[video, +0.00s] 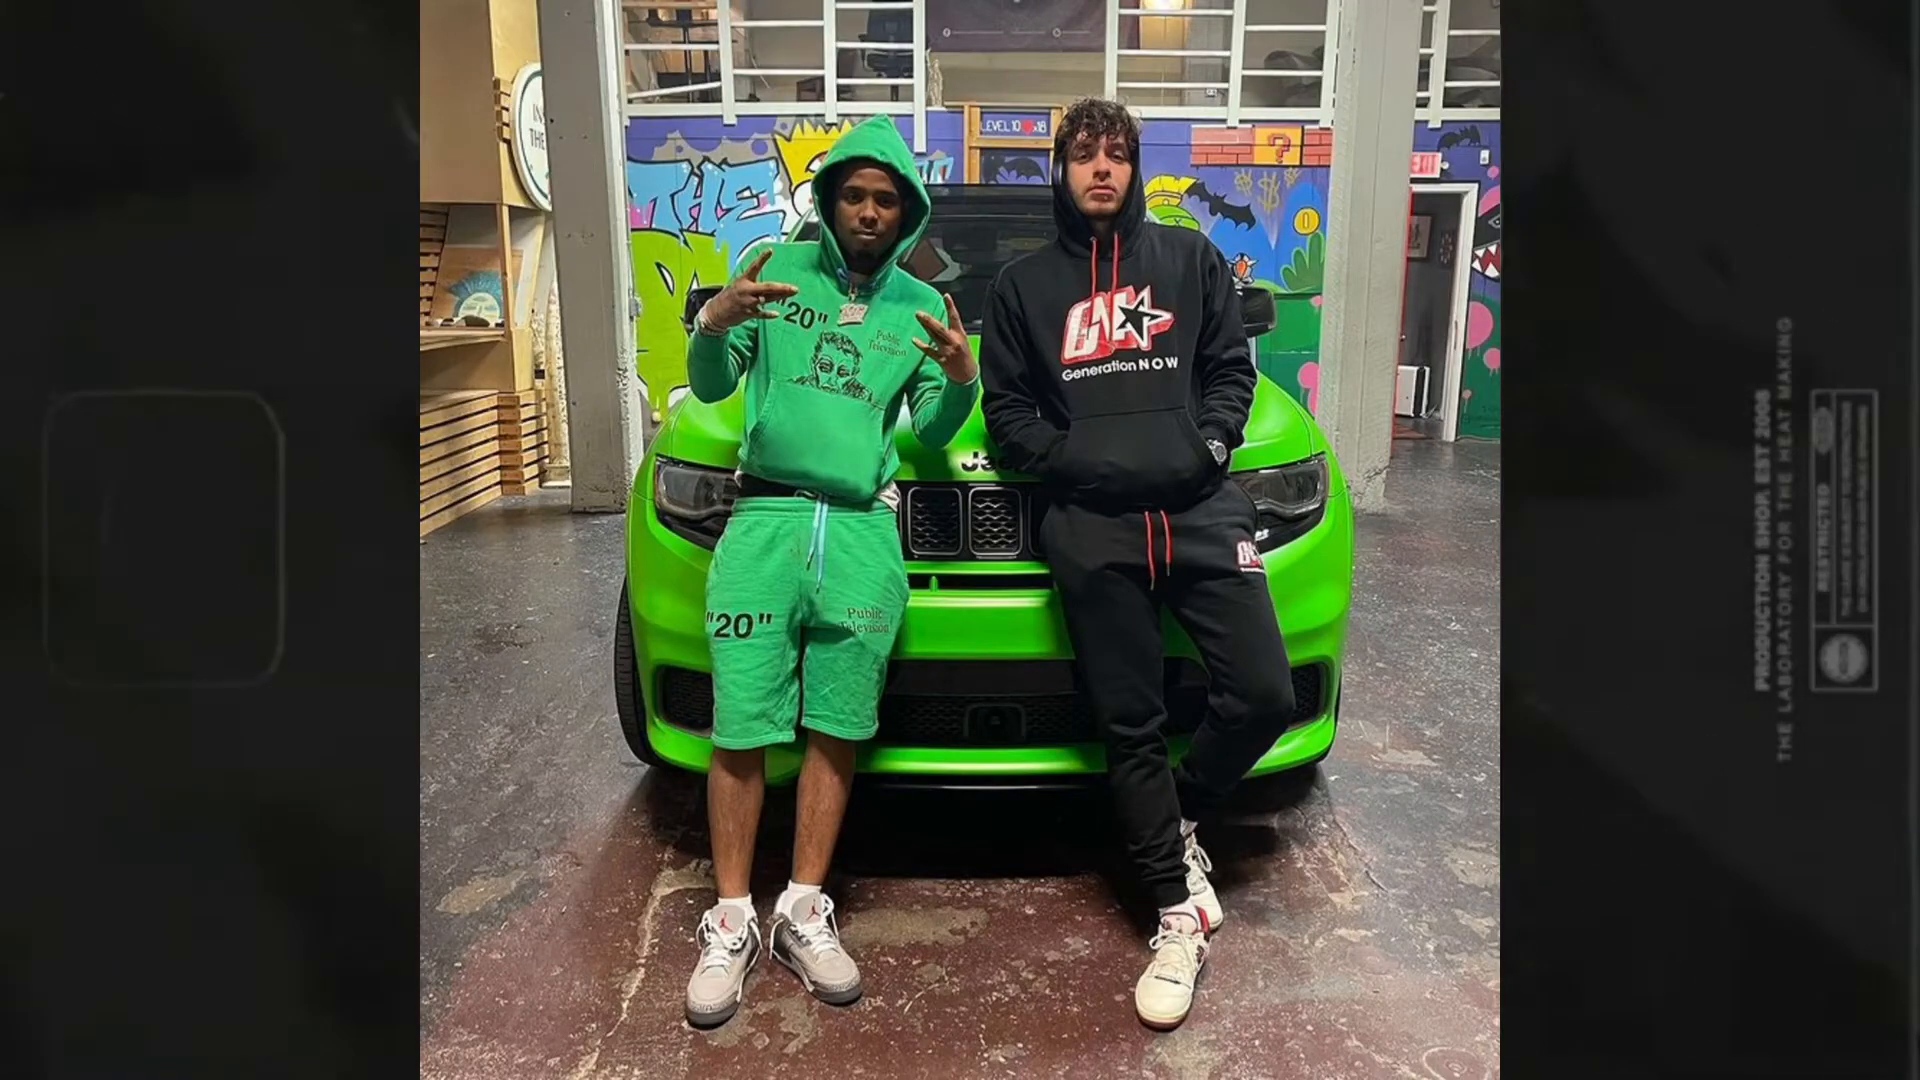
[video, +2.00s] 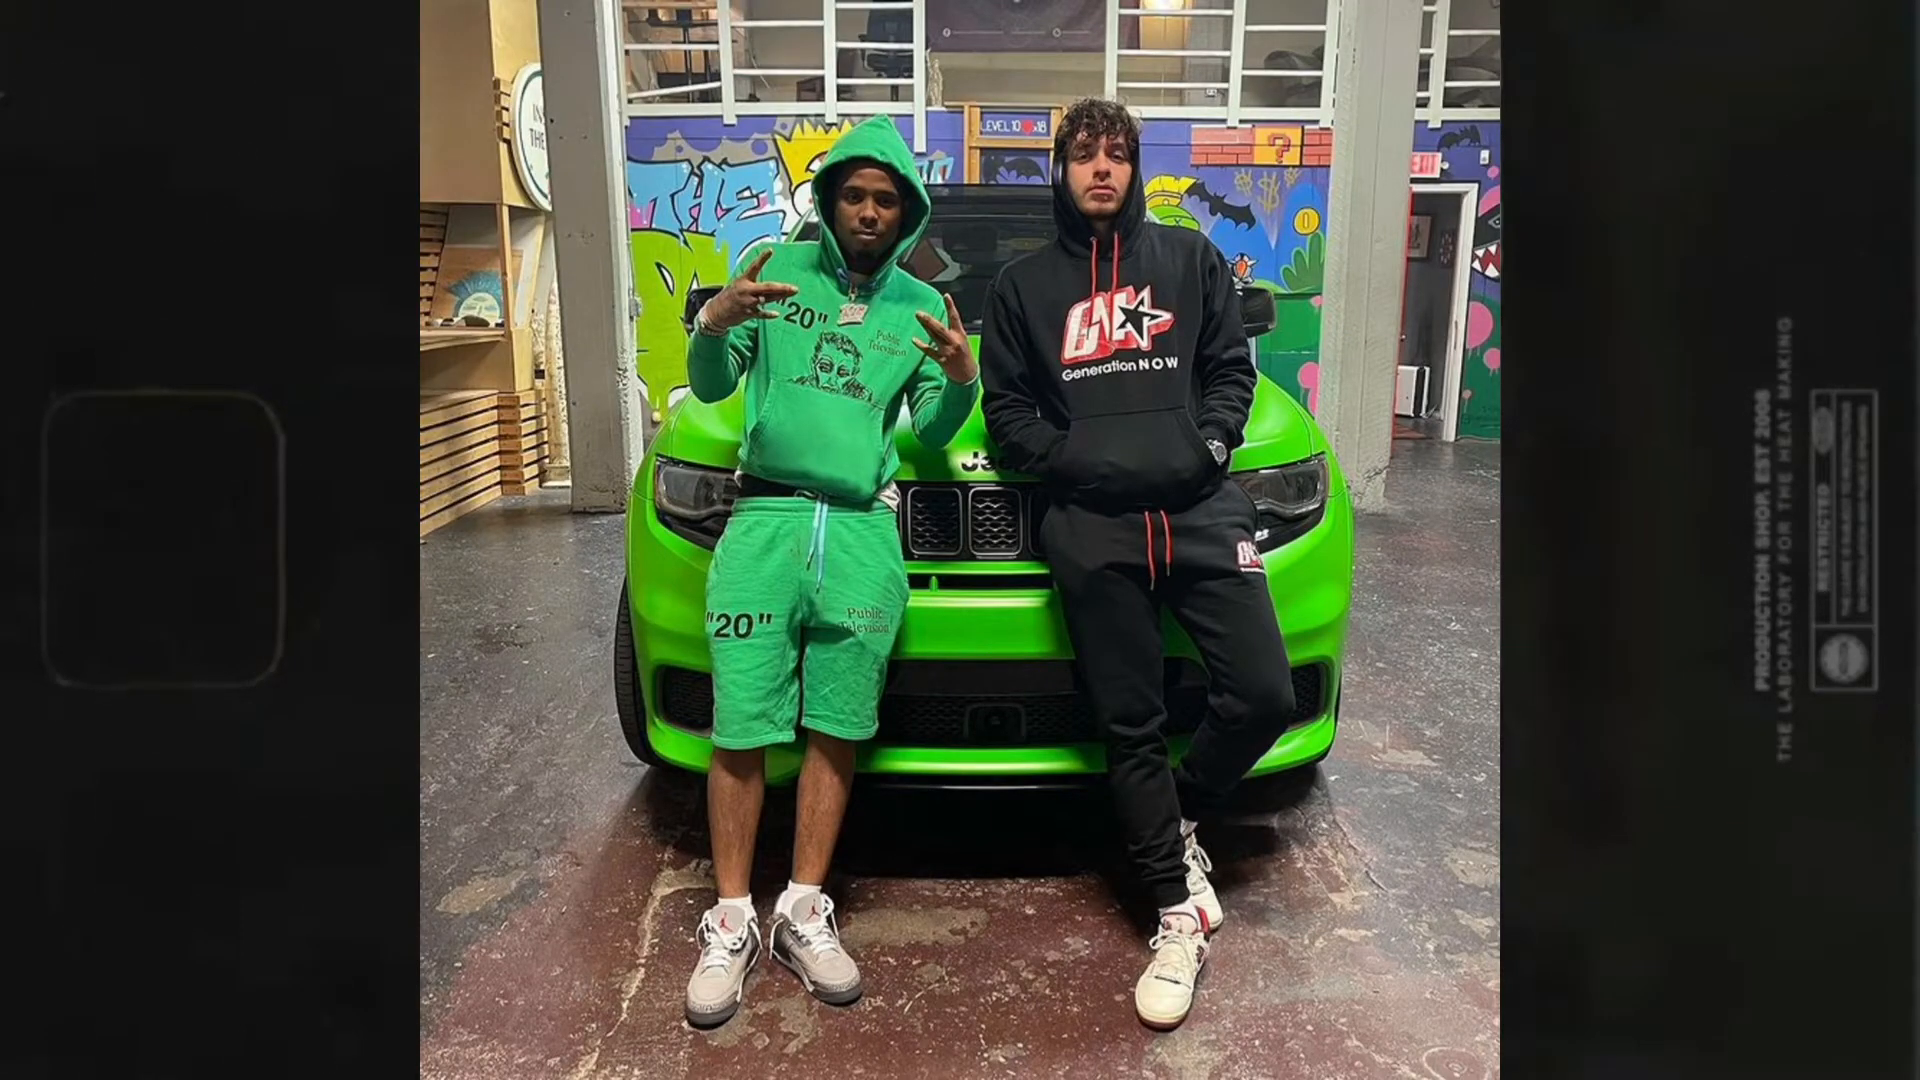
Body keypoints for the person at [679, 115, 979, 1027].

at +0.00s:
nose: (869, 213)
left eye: (885, 199)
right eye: (855, 196)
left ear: (906, 212)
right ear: (827, 202)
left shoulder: (923, 305)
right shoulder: (776, 267)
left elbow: (924, 439)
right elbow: (712, 384)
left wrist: (960, 380)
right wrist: (712, 323)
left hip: (861, 527)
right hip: (763, 517)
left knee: (838, 728)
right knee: (741, 728)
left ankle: (805, 908)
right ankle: (731, 919)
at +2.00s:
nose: (869, 213)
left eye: (885, 199)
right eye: (855, 196)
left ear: (906, 212)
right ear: (827, 202)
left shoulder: (923, 306)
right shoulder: (775, 267)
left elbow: (923, 439)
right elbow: (712, 384)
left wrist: (960, 380)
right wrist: (712, 322)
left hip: (861, 527)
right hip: (764, 516)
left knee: (838, 728)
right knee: (741, 729)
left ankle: (805, 909)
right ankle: (732, 919)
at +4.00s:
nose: (868, 212)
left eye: (885, 198)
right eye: (854, 196)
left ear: (907, 212)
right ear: (827, 202)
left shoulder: (923, 305)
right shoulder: (776, 268)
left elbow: (923, 439)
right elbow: (712, 384)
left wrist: (961, 380)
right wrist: (713, 321)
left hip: (861, 527)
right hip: (763, 517)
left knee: (838, 728)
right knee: (741, 728)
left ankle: (805, 908)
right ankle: (732, 919)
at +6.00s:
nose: (868, 212)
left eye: (885, 198)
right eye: (854, 196)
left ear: (907, 212)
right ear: (827, 202)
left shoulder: (923, 305)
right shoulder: (776, 268)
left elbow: (923, 439)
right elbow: (712, 384)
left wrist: (961, 380)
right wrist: (713, 321)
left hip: (861, 527)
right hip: (763, 517)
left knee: (838, 728)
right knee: (741, 728)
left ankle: (805, 908)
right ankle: (732, 919)